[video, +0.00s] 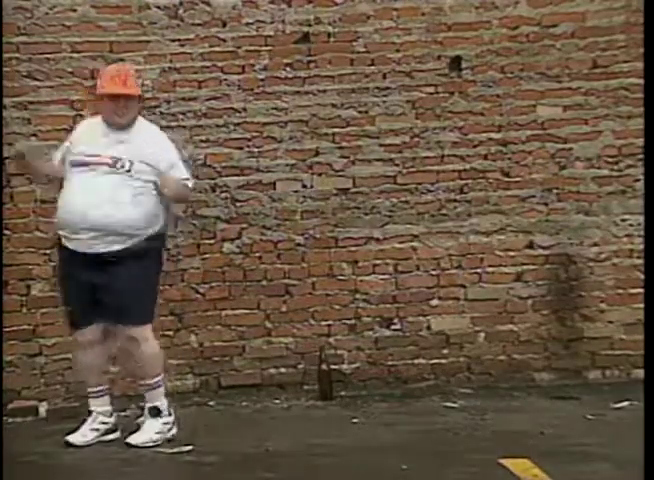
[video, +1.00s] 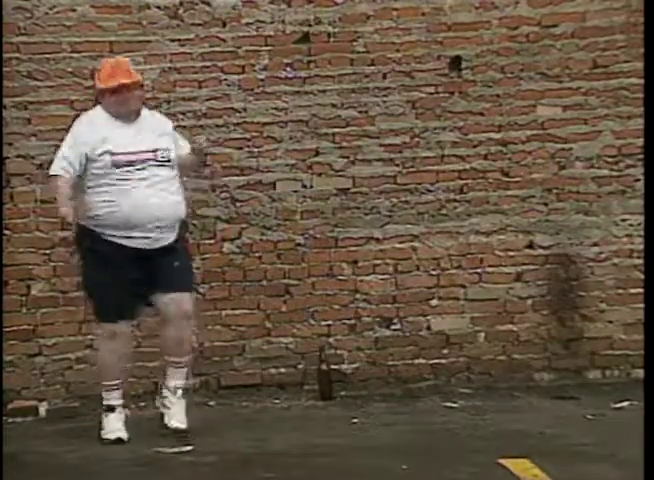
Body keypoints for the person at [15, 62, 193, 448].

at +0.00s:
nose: (119, 105)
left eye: (127, 98)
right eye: (112, 98)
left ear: (139, 100)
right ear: (98, 99)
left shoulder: (154, 140)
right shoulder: (84, 130)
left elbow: (182, 192)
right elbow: (60, 169)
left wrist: (167, 182)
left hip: (134, 249)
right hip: (78, 248)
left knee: (136, 331)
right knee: (88, 335)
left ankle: (159, 415)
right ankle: (102, 415)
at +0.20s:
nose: (124, 107)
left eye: (130, 100)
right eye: (116, 100)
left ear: (139, 100)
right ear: (99, 99)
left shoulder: (153, 129)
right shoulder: (78, 117)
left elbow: (189, 166)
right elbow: (21, 114)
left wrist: (159, 161)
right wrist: (6, 140)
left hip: (153, 242)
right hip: (92, 245)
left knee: (163, 317)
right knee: (106, 330)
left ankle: (170, 394)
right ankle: (121, 408)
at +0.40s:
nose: (130, 124)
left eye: (133, 117)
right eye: (121, 119)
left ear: (138, 115)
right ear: (99, 123)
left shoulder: (152, 140)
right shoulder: (80, 154)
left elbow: (188, 160)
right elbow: (42, 175)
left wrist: (191, 192)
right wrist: (25, 181)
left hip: (158, 260)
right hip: (98, 262)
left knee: (174, 333)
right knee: (110, 342)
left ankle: (173, 407)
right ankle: (121, 412)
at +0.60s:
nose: (135, 100)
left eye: (135, 93)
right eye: (126, 96)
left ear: (136, 89)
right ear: (102, 97)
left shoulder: (153, 118)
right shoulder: (73, 126)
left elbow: (191, 154)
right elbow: (53, 177)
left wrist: (201, 195)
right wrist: (55, 214)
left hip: (158, 233)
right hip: (102, 236)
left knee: (166, 314)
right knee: (114, 324)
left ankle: (172, 394)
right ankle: (114, 406)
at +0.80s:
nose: (129, 118)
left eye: (134, 111)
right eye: (122, 110)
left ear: (139, 108)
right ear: (101, 104)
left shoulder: (141, 141)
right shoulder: (74, 144)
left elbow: (155, 180)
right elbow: (51, 189)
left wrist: (178, 189)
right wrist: (65, 207)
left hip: (163, 252)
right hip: (106, 256)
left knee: (180, 328)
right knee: (114, 340)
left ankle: (181, 397)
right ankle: (115, 410)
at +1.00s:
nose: (133, 94)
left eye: (135, 88)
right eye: (124, 90)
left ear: (141, 89)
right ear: (105, 97)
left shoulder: (157, 122)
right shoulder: (88, 127)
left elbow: (181, 160)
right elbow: (64, 173)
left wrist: (200, 161)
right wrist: (65, 207)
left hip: (165, 241)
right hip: (108, 243)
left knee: (181, 309)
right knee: (115, 327)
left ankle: (174, 392)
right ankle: (113, 409)